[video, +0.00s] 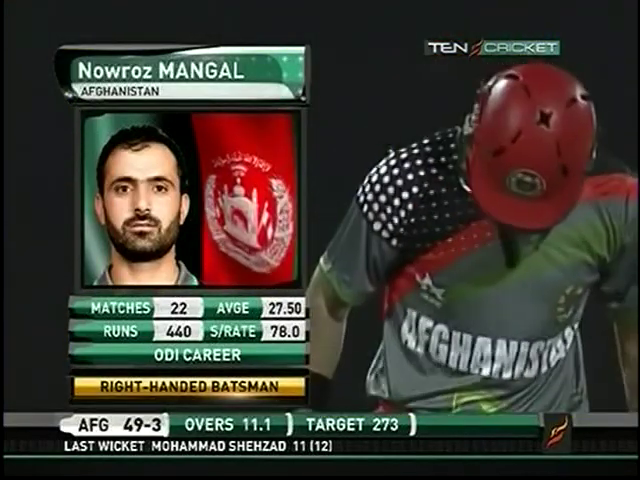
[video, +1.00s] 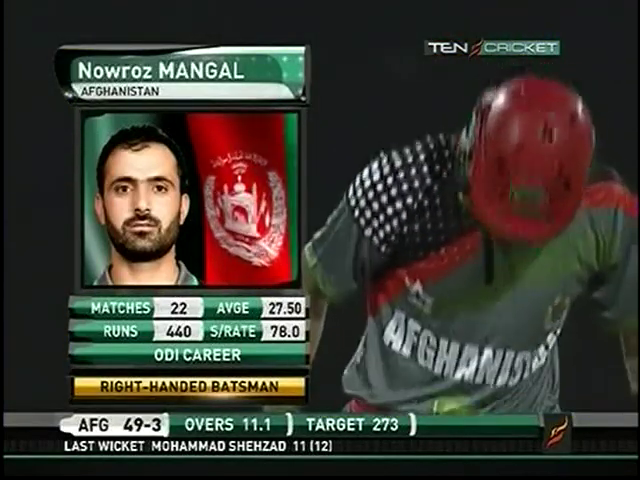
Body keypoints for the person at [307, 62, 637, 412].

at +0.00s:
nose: (518, 221)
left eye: (538, 210)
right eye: (503, 204)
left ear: (582, 166)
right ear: (474, 144)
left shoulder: (617, 202)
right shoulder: (403, 188)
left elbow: (632, 327)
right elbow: (328, 302)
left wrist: (637, 427)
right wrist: (304, 419)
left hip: (546, 436)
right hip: (413, 433)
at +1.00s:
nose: (518, 234)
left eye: (536, 221)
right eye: (505, 215)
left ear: (575, 183)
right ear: (473, 163)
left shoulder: (607, 214)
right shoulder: (398, 189)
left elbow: (634, 338)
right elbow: (312, 291)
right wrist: (278, 412)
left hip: (524, 438)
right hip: (390, 434)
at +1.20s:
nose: (533, 119)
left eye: (548, 101)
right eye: (516, 100)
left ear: (573, 92)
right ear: (473, 82)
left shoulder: (595, 193)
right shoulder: (393, 171)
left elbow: (628, 335)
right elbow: (309, 292)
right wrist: (274, 418)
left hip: (521, 447)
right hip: (387, 440)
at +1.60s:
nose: (492, 101)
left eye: (510, 82)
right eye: (470, 84)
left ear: (536, 98)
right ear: (433, 99)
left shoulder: (563, 237)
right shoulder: (369, 221)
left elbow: (588, 385)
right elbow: (295, 362)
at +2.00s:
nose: (443, 140)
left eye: (460, 120)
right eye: (420, 124)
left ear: (489, 126)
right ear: (388, 135)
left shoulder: (527, 248)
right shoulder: (336, 262)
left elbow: (557, 389)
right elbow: (301, 416)